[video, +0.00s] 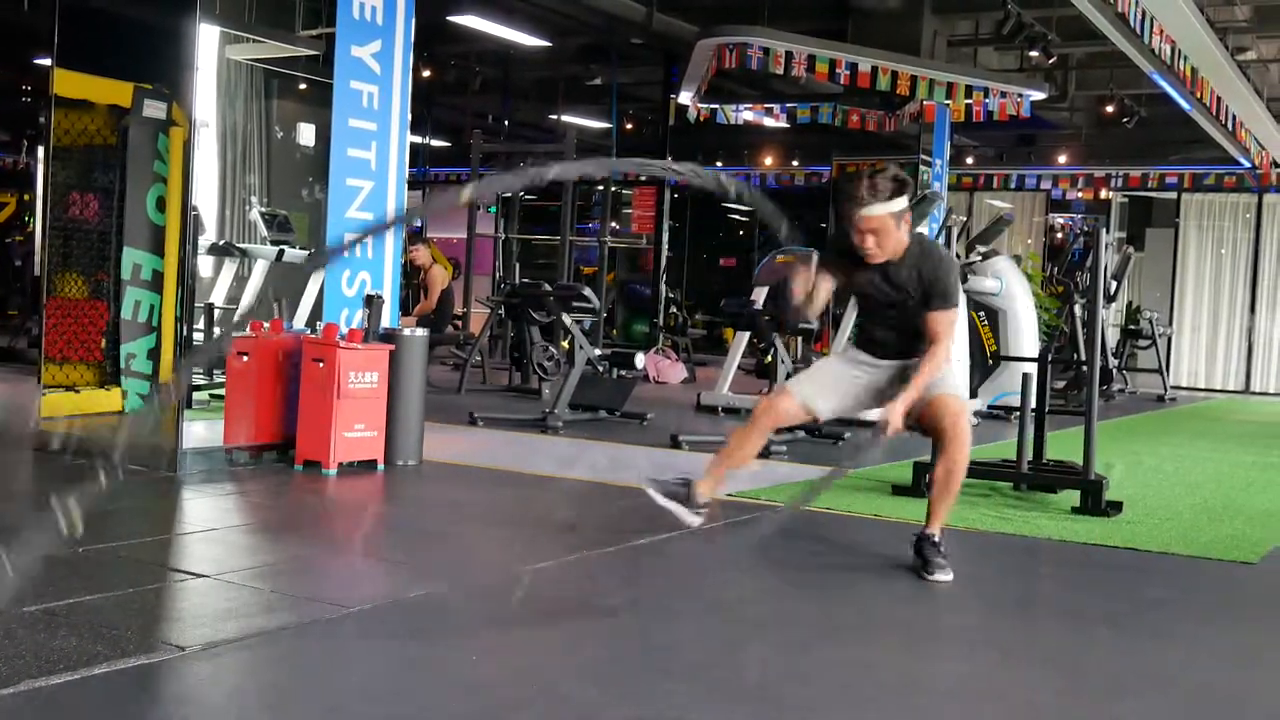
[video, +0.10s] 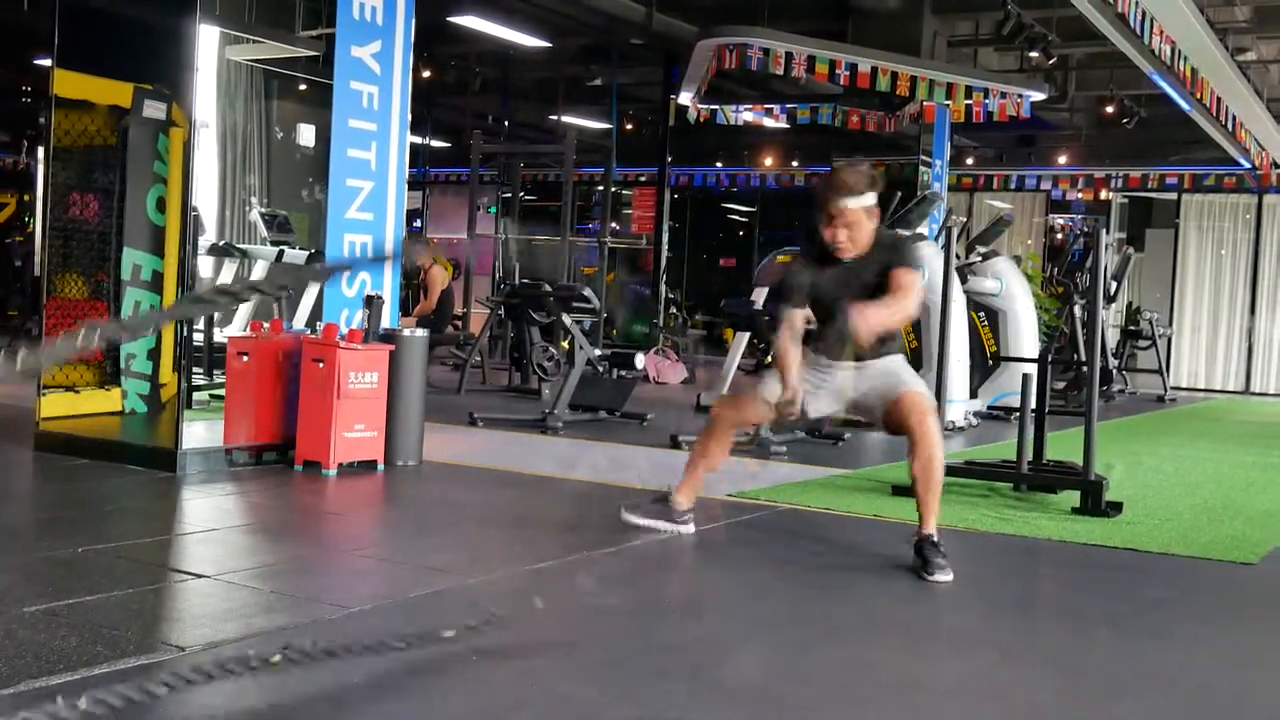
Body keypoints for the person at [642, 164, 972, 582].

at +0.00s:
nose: (864, 243)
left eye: (875, 233)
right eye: (857, 233)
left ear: (905, 223)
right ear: (849, 227)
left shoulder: (935, 265)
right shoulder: (844, 256)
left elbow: (941, 346)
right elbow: (810, 311)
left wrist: (903, 401)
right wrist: (802, 293)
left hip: (923, 373)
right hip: (860, 364)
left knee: (956, 424)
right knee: (771, 408)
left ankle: (932, 538)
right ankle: (699, 494)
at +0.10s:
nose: (835, 235)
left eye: (846, 223)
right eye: (828, 223)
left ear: (873, 217)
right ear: (820, 220)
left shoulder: (899, 252)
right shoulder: (807, 265)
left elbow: (908, 301)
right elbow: (788, 329)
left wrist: (872, 317)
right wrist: (790, 384)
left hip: (879, 373)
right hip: (813, 372)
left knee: (923, 416)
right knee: (727, 413)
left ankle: (928, 538)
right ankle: (679, 506)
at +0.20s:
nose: (806, 227)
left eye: (814, 218)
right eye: (798, 218)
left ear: (837, 208)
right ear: (786, 211)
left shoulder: (859, 233)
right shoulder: (771, 249)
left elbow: (865, 270)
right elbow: (751, 318)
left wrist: (814, 248)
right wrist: (754, 381)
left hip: (844, 362)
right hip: (777, 359)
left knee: (884, 417)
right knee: (693, 400)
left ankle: (910, 536)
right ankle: (672, 509)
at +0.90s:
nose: (784, 235)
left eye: (793, 226)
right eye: (781, 225)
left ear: (824, 216)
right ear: (777, 218)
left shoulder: (855, 256)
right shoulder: (775, 235)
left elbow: (851, 334)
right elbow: (737, 249)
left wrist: (809, 375)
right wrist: (708, 256)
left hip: (838, 356)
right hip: (782, 352)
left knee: (875, 416)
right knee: (705, 414)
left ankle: (862, 529)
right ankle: (640, 498)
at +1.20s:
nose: (854, 235)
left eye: (863, 225)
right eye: (847, 225)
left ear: (896, 218)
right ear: (841, 222)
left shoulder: (926, 241)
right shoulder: (842, 258)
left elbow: (918, 292)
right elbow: (820, 330)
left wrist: (863, 271)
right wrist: (811, 392)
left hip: (926, 370)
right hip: (864, 369)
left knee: (958, 418)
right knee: (776, 412)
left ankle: (977, 547)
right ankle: (766, 519)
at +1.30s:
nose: (898, 219)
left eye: (910, 209)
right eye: (894, 208)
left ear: (944, 208)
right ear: (888, 206)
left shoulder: (973, 250)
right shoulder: (884, 252)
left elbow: (967, 321)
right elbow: (852, 317)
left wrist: (895, 320)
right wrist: (843, 373)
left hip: (968, 371)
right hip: (901, 371)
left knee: (1003, 429)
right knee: (824, 414)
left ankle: (990, 558)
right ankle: (776, 516)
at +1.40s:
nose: (925, 208)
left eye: (936, 197)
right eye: (921, 197)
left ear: (972, 189)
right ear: (916, 193)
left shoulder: (1001, 237)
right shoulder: (920, 225)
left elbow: (1010, 324)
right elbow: (875, 252)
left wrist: (964, 385)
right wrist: (841, 261)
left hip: (1005, 362)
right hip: (947, 361)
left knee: (1039, 416)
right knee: (853, 411)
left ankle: (1014, 552)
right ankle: (849, 533)